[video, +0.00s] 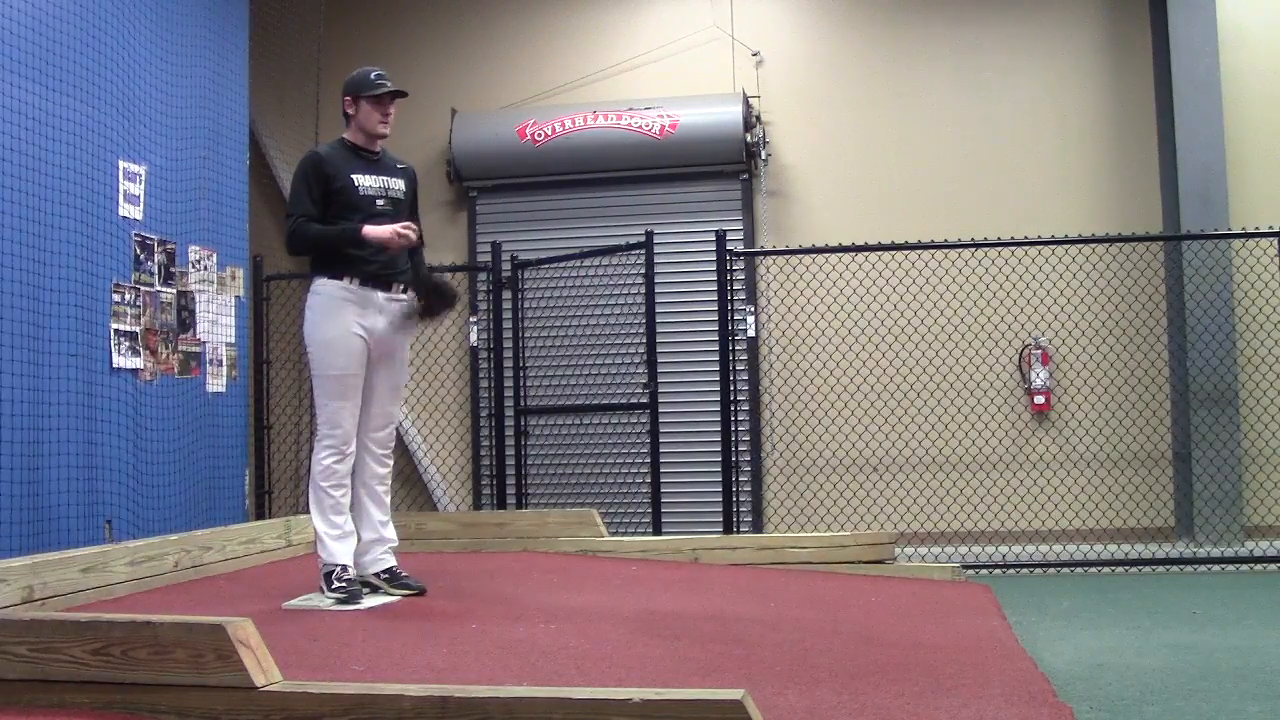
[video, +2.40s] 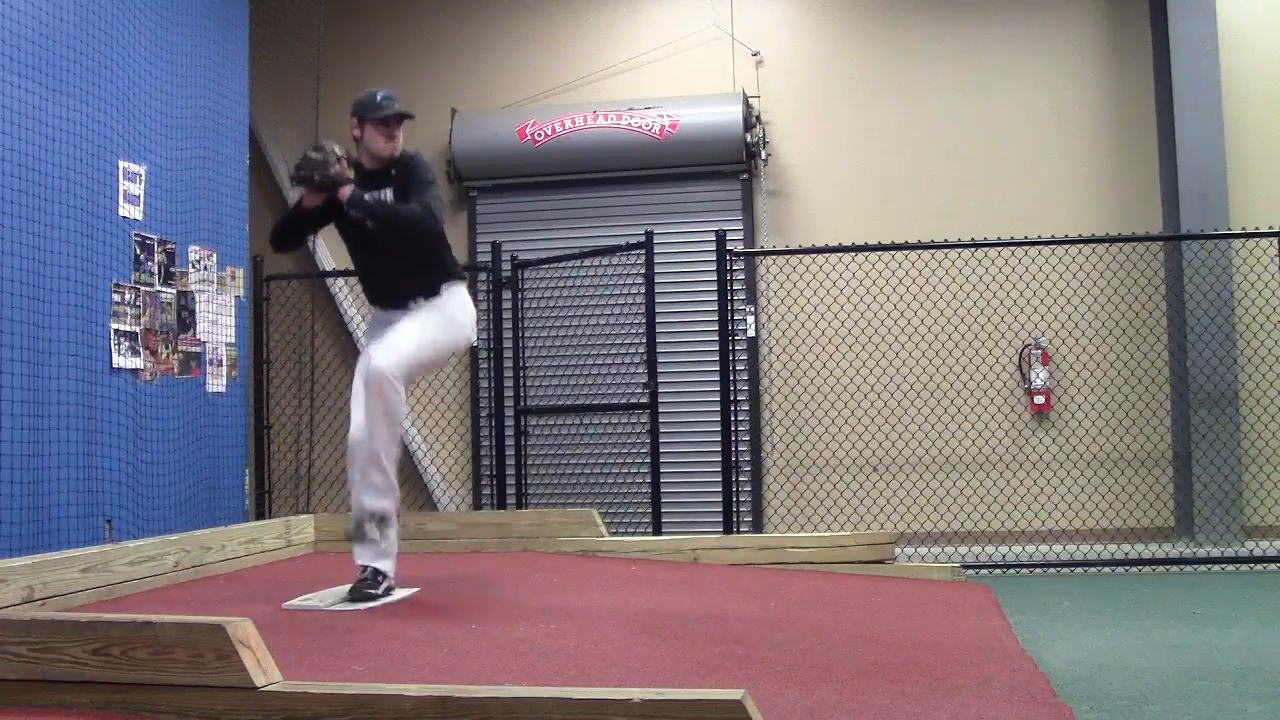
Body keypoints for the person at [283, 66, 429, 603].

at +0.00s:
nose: (388, 112)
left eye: (391, 104)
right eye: (378, 103)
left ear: (393, 110)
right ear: (350, 106)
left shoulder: (403, 173)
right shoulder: (320, 163)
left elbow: (410, 242)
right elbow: (297, 235)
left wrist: (423, 284)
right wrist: (368, 233)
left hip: (394, 307)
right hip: (338, 304)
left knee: (379, 439)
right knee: (338, 437)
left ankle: (376, 561)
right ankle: (336, 564)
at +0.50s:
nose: (384, 107)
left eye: (386, 100)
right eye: (374, 100)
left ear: (384, 107)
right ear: (345, 104)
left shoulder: (395, 168)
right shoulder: (315, 159)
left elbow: (414, 248)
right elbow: (322, 228)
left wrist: (426, 203)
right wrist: (388, 194)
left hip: (391, 310)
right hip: (336, 306)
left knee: (379, 442)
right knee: (336, 440)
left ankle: (377, 561)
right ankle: (335, 564)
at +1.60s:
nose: (415, 122)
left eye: (419, 114)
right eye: (405, 114)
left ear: (423, 120)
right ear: (378, 118)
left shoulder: (437, 171)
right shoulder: (347, 170)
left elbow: (450, 248)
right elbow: (320, 247)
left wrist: (388, 244)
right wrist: (325, 221)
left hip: (426, 320)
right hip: (365, 321)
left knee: (425, 442)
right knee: (369, 436)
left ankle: (431, 559)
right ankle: (379, 565)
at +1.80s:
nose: (395, 125)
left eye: (402, 116)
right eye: (385, 116)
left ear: (411, 121)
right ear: (365, 120)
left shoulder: (422, 166)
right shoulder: (341, 174)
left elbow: (421, 232)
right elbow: (308, 241)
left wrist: (345, 218)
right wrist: (297, 212)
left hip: (417, 311)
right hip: (360, 317)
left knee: (385, 410)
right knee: (361, 435)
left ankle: (415, 544)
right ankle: (379, 568)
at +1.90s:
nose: (391, 125)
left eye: (398, 117)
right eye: (381, 117)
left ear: (408, 121)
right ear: (362, 120)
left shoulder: (417, 163)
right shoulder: (340, 173)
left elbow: (413, 223)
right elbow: (296, 232)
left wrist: (338, 199)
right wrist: (303, 196)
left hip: (420, 298)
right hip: (365, 308)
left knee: (361, 362)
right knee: (368, 427)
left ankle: (379, 515)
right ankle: (381, 566)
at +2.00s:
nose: (385, 126)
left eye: (392, 117)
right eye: (375, 118)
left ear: (403, 120)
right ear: (357, 121)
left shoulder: (415, 159)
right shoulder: (341, 171)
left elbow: (408, 213)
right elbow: (287, 222)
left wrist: (335, 181)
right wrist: (298, 180)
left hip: (427, 294)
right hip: (369, 305)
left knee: (351, 297)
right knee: (369, 440)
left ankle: (351, 442)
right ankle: (380, 566)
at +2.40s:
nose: (395, 134)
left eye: (399, 125)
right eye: (384, 126)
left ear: (405, 128)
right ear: (357, 131)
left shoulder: (413, 168)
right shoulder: (338, 183)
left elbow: (427, 222)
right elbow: (281, 241)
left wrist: (352, 197)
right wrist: (309, 203)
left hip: (444, 305)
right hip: (387, 319)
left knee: (382, 364)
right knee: (364, 439)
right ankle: (375, 567)